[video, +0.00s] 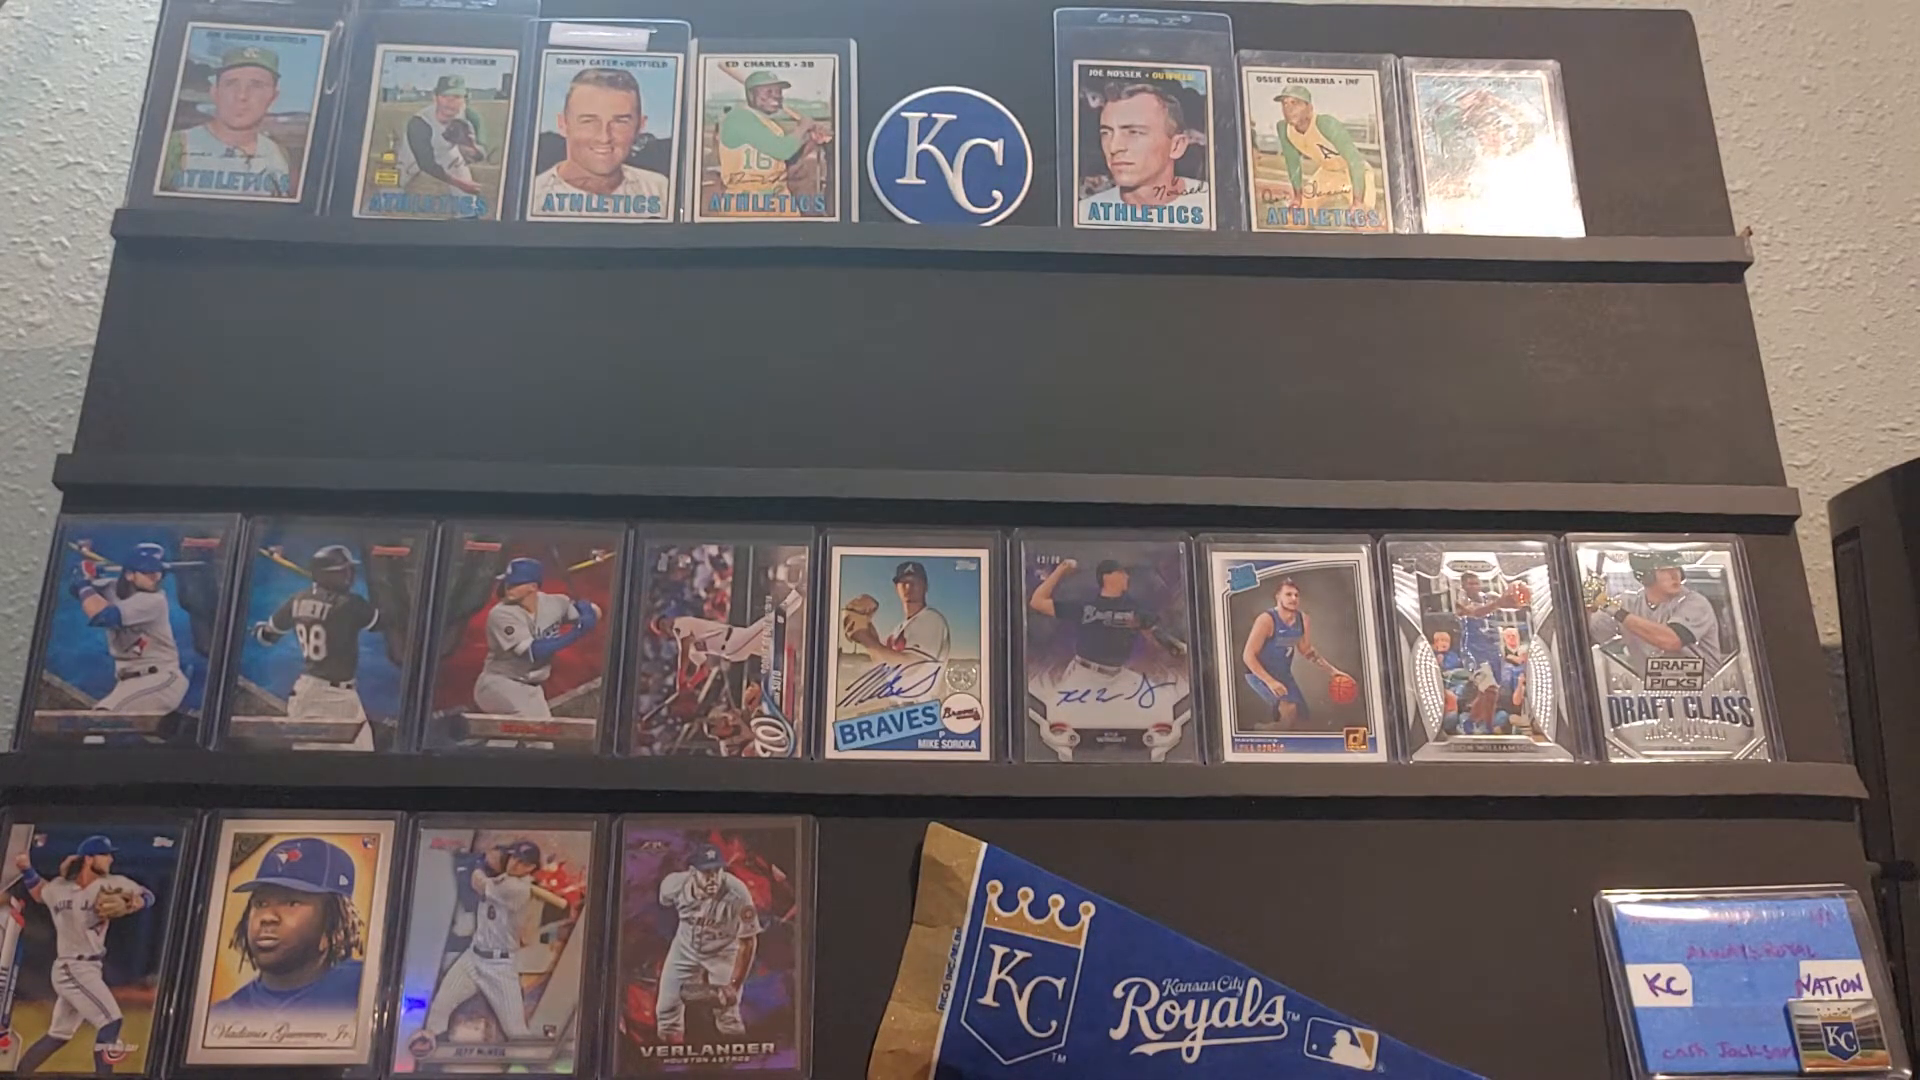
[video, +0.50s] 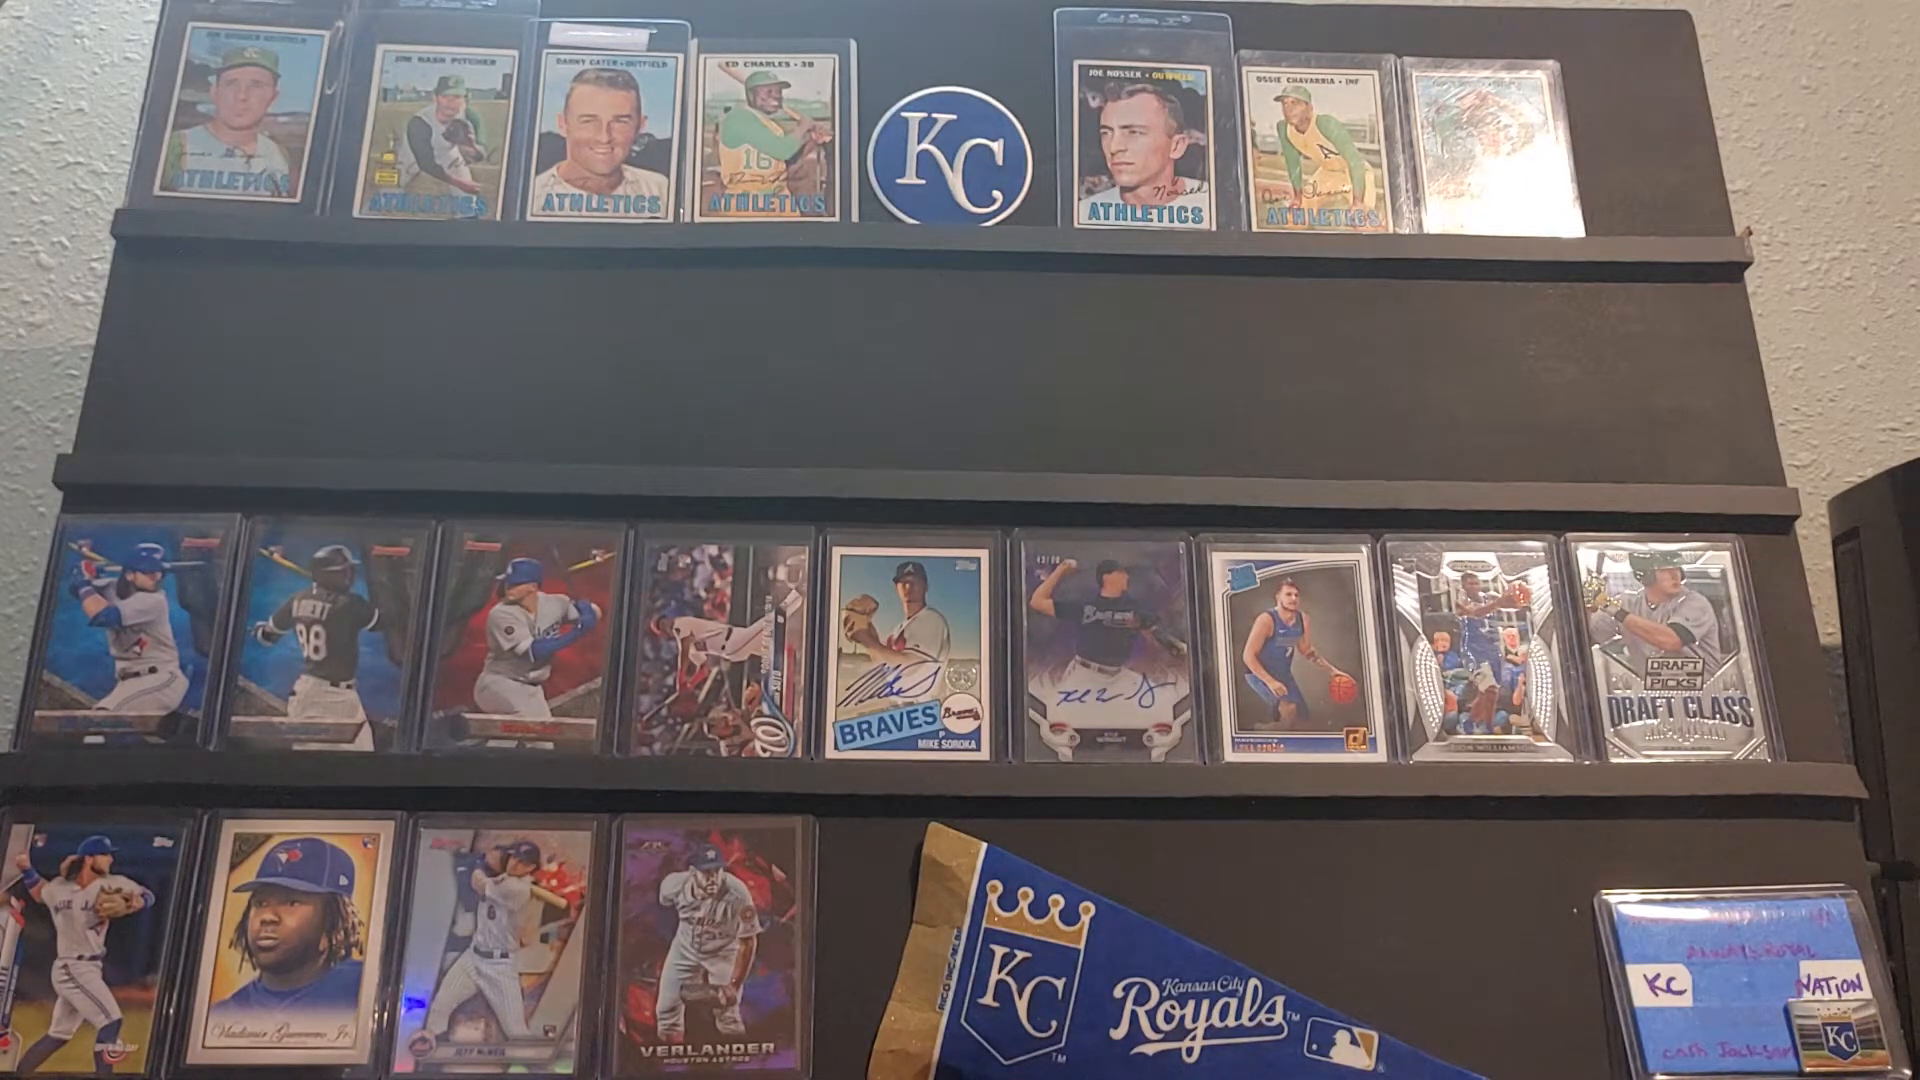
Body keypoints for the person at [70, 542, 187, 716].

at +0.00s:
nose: (156, 577)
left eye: (158, 571)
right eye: (148, 572)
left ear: (162, 573)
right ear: (130, 575)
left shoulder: (155, 601)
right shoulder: (114, 587)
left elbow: (104, 617)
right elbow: (78, 589)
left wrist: (83, 585)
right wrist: (87, 571)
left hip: (163, 679)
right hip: (129, 681)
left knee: (101, 717)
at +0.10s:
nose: (156, 577)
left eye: (158, 571)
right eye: (148, 572)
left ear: (162, 573)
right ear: (130, 575)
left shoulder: (155, 601)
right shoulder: (114, 587)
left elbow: (104, 617)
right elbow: (78, 589)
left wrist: (83, 585)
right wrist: (87, 571)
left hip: (163, 679)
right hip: (129, 681)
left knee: (101, 716)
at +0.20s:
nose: (156, 577)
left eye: (158, 571)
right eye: (148, 572)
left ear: (162, 573)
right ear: (130, 575)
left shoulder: (155, 601)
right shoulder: (114, 588)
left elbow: (104, 617)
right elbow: (79, 589)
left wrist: (83, 585)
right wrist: (87, 570)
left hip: (163, 679)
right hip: (129, 681)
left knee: (100, 717)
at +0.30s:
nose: (156, 577)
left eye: (158, 571)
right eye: (148, 572)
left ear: (162, 573)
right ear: (130, 575)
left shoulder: (155, 601)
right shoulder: (114, 588)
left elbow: (104, 617)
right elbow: (78, 589)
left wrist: (83, 585)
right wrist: (86, 569)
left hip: (163, 679)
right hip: (129, 681)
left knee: (100, 717)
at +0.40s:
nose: (156, 577)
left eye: (158, 571)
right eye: (148, 572)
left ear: (162, 573)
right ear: (130, 575)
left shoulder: (155, 601)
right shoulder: (114, 588)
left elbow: (104, 617)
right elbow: (78, 589)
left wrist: (83, 585)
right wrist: (87, 570)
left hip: (163, 679)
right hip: (129, 681)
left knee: (100, 717)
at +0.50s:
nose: (156, 577)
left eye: (158, 571)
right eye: (148, 572)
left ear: (162, 573)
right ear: (130, 575)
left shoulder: (155, 601)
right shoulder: (114, 588)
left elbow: (104, 617)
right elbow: (78, 589)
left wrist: (83, 585)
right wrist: (87, 570)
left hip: (163, 679)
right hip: (130, 681)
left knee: (100, 717)